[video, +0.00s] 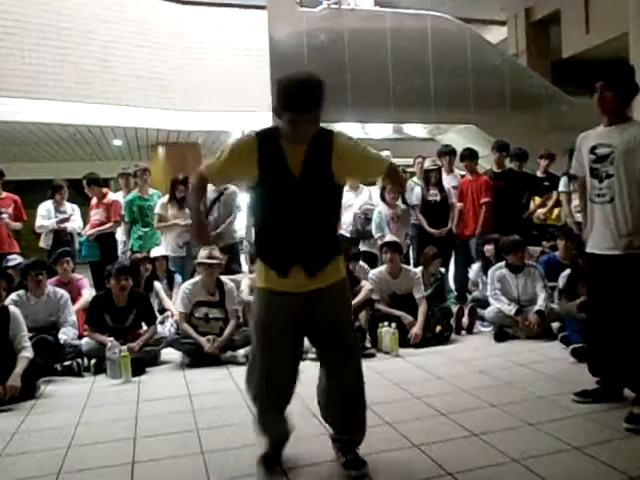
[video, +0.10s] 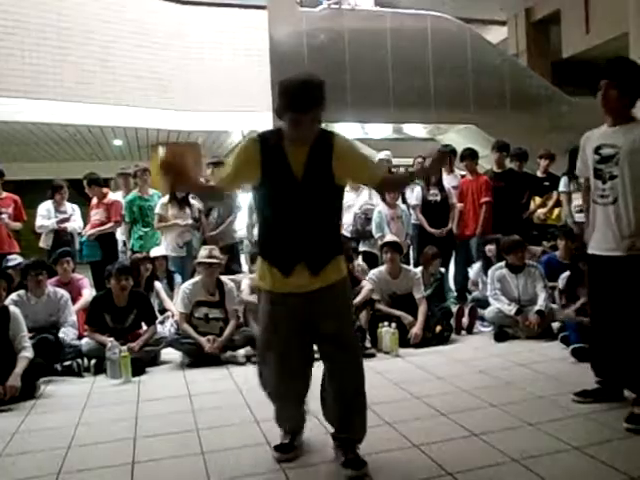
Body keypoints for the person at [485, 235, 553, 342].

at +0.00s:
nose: (521, 256)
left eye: (522, 252)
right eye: (516, 253)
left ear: (525, 252)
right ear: (506, 256)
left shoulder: (534, 269)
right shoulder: (495, 272)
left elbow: (543, 291)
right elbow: (494, 295)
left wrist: (539, 312)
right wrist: (516, 311)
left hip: (531, 307)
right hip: (509, 308)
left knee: (553, 311)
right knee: (491, 313)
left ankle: (513, 333)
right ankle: (538, 331)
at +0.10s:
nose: (521, 256)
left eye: (522, 252)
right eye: (516, 253)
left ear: (525, 252)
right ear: (506, 256)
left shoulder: (534, 269)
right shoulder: (495, 272)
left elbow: (543, 291)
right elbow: (494, 295)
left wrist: (539, 311)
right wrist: (515, 311)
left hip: (531, 307)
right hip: (509, 308)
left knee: (549, 311)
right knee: (491, 313)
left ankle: (513, 333)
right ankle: (538, 331)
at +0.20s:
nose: (520, 257)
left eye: (522, 253)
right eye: (515, 254)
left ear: (525, 253)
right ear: (507, 257)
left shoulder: (535, 270)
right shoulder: (495, 273)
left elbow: (543, 293)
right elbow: (494, 297)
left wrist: (539, 313)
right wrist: (516, 312)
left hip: (531, 308)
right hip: (509, 310)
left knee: (553, 311)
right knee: (491, 315)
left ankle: (513, 334)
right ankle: (538, 332)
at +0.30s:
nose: (520, 256)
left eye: (522, 252)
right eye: (515, 253)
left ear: (525, 252)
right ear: (506, 256)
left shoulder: (535, 269)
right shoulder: (495, 272)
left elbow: (543, 292)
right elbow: (494, 296)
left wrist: (539, 312)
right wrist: (516, 311)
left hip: (531, 307)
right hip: (509, 309)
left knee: (554, 310)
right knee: (491, 314)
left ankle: (513, 333)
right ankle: (538, 331)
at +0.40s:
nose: (525, 256)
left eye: (526, 252)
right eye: (520, 254)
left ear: (529, 252)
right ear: (511, 257)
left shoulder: (539, 269)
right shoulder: (500, 272)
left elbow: (547, 292)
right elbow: (498, 296)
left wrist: (543, 312)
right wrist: (520, 312)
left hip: (535, 307)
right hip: (513, 308)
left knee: (558, 311)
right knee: (495, 314)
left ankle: (517, 333)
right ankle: (541, 331)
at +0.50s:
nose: (531, 255)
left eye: (533, 251)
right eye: (526, 252)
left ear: (536, 251)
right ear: (517, 255)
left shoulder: (545, 268)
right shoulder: (506, 271)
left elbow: (553, 291)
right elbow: (505, 295)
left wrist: (549, 311)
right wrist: (526, 311)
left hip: (541, 306)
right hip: (519, 307)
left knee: (564, 310)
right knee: (501, 313)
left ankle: (523, 332)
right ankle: (547, 331)